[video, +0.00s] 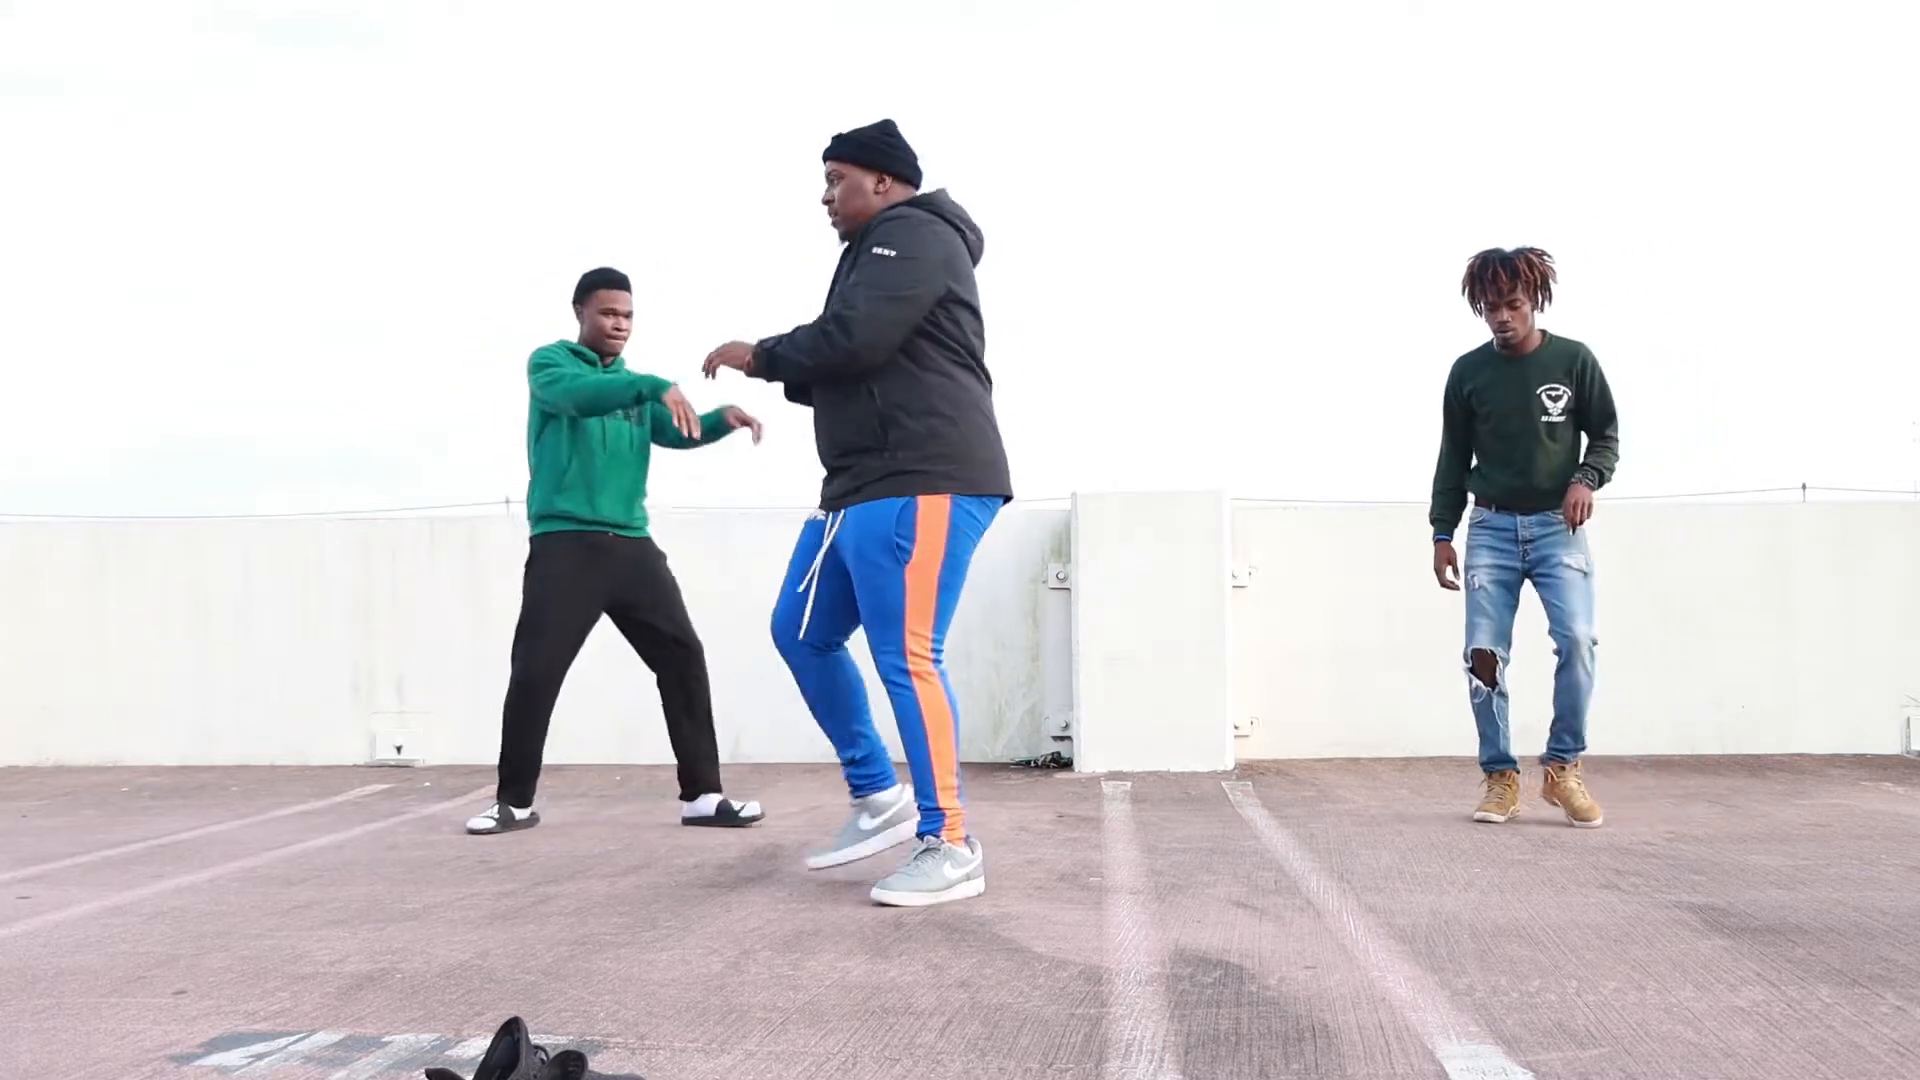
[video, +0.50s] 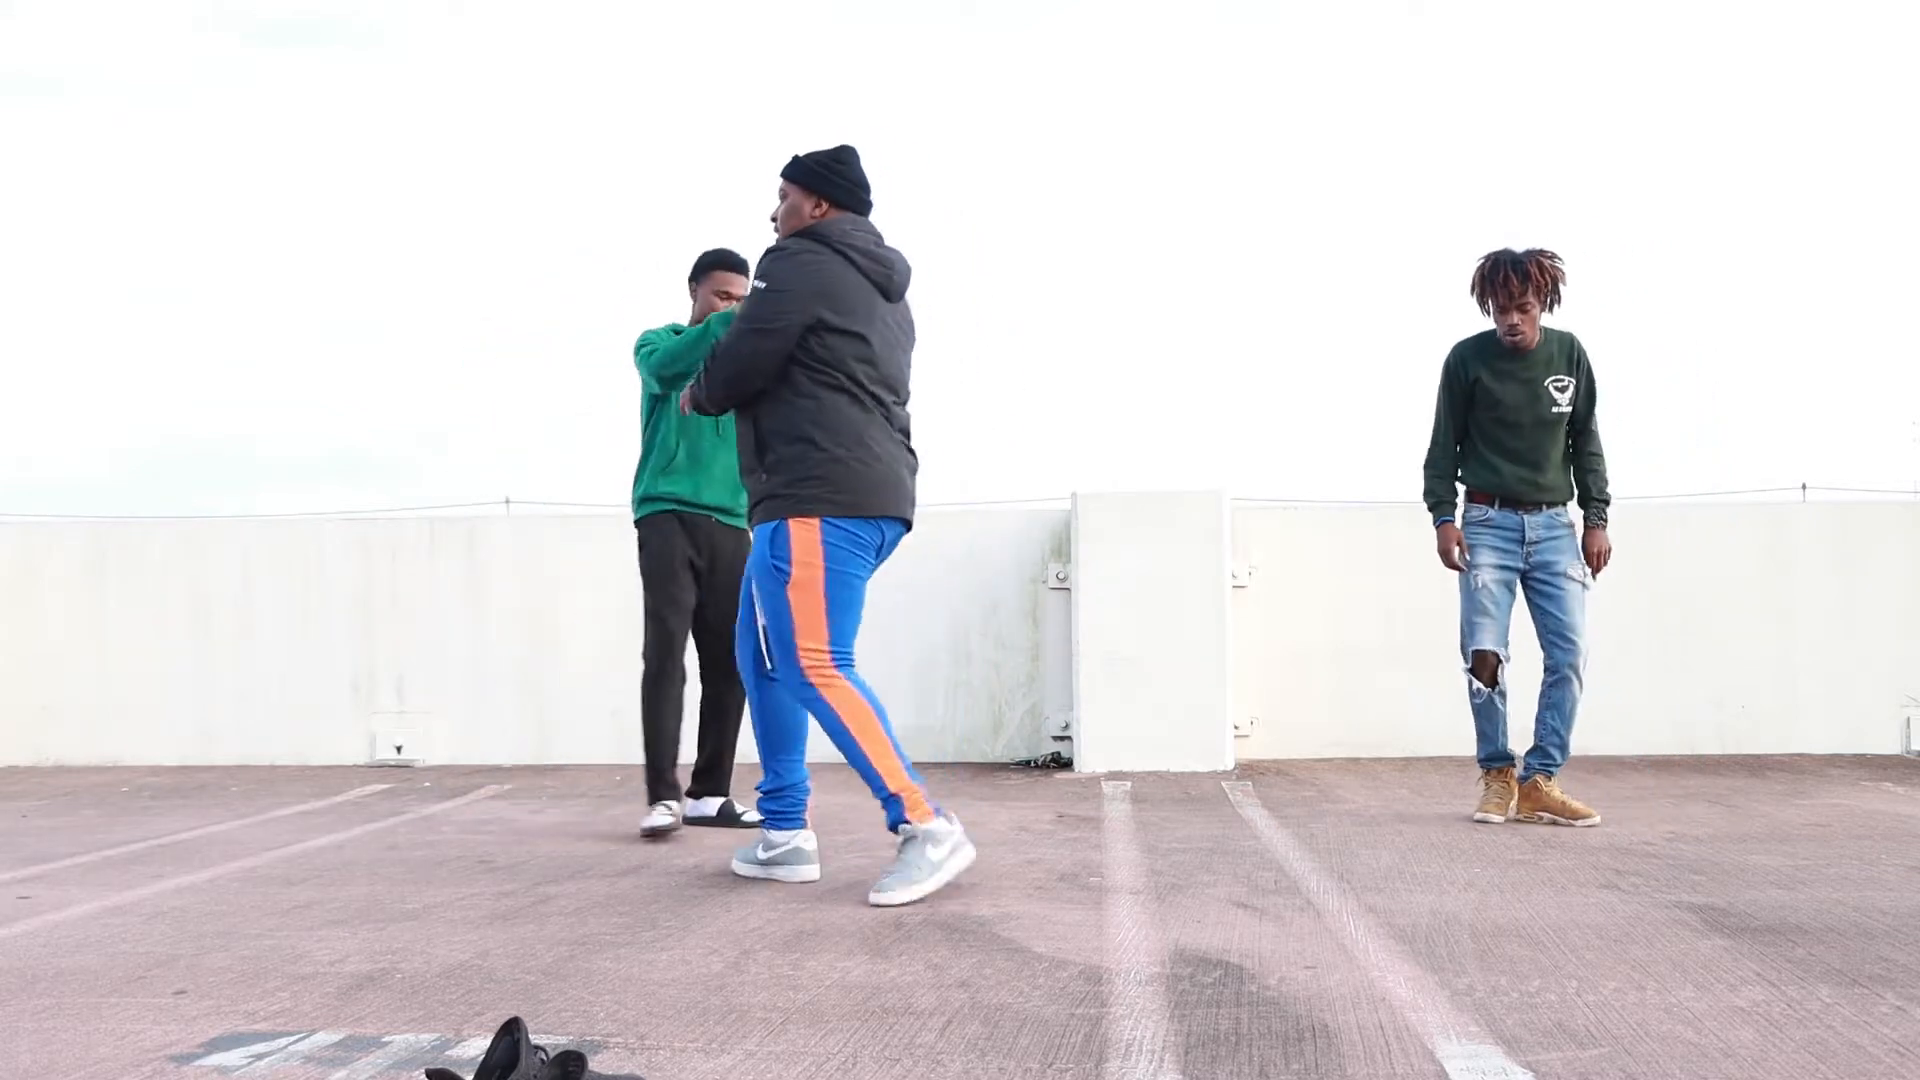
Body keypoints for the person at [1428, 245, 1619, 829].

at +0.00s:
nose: (1500, 317)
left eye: (1510, 304)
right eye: (1489, 308)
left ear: (1536, 300)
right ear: (1479, 309)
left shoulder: (1574, 360)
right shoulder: (1467, 372)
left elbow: (1605, 435)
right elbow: (1453, 459)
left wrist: (1586, 479)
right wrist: (1443, 534)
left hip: (1559, 527)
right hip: (1490, 529)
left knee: (1578, 638)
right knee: (1482, 654)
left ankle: (1563, 768)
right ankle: (1499, 778)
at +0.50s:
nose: (1510, 321)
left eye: (1520, 309)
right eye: (1500, 310)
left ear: (1542, 304)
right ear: (1488, 307)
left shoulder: (1567, 352)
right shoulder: (1466, 359)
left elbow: (1585, 439)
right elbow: (1442, 446)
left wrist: (1595, 519)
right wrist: (1443, 518)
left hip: (1556, 526)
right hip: (1486, 524)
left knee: (1568, 656)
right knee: (1484, 657)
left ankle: (1538, 781)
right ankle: (1497, 777)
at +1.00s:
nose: (1491, 307)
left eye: (1502, 295)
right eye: (1481, 297)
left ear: (1526, 292)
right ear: (1470, 298)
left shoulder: (1561, 345)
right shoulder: (1455, 354)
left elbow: (1596, 431)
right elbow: (1438, 437)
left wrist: (1599, 512)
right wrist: (1427, 506)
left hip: (1547, 523)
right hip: (1477, 522)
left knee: (1554, 656)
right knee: (1452, 638)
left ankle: (1534, 781)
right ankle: (1494, 759)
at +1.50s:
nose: (1469, 302)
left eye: (1479, 289)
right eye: (1460, 292)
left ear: (1509, 286)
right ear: (1453, 295)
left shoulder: (1547, 341)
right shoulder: (1451, 353)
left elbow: (1567, 435)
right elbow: (1444, 437)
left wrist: (1533, 487)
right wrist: (1436, 516)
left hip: (1531, 515)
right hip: (1469, 516)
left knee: (1527, 643)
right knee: (1474, 649)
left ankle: (1532, 772)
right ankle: (1499, 770)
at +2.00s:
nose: (1465, 316)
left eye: (1474, 303)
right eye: (1457, 306)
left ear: (1507, 291)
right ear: (1452, 303)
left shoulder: (1550, 341)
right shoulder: (1458, 361)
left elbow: (1560, 428)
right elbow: (1451, 442)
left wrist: (1509, 454)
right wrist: (1429, 501)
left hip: (1538, 518)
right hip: (1478, 523)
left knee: (1542, 650)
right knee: (1480, 655)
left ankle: (1567, 784)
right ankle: (1502, 778)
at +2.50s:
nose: (1480, 320)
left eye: (1488, 306)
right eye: (1472, 309)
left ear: (1522, 293)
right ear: (1470, 306)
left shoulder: (1567, 337)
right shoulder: (1485, 369)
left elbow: (1557, 420)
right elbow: (1480, 461)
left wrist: (1488, 423)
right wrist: (1424, 462)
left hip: (1562, 517)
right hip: (1504, 520)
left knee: (1554, 658)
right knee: (1467, 651)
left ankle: (1570, 789)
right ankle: (1494, 777)